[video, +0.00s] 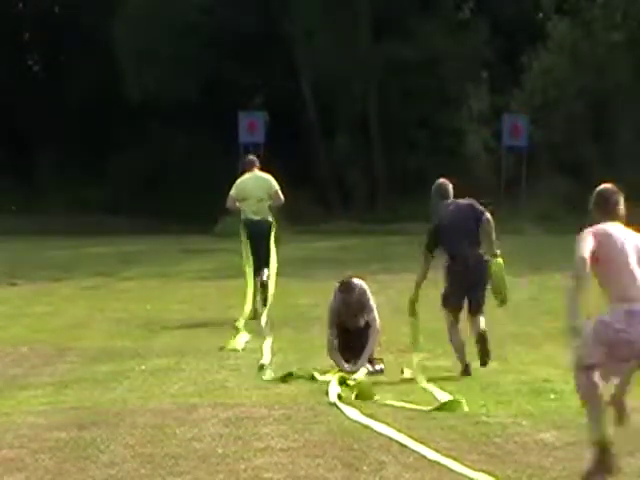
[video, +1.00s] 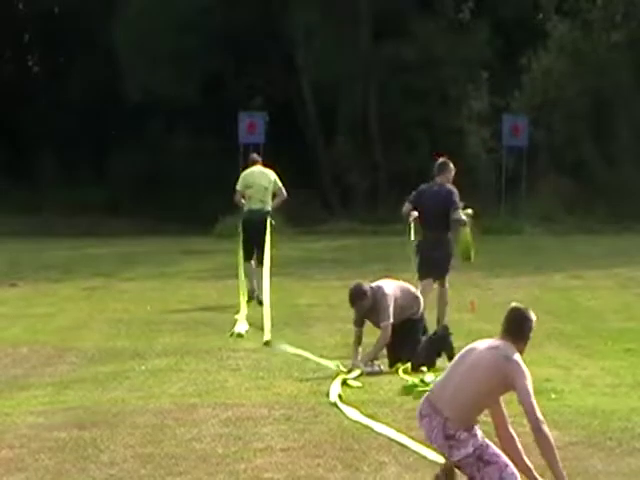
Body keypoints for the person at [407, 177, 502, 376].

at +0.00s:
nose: (436, 202)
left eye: (435, 198)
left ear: (435, 198)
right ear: (452, 193)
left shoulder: (438, 219)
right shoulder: (470, 205)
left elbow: (427, 259)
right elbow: (487, 220)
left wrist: (415, 292)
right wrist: (493, 250)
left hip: (457, 266)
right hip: (479, 261)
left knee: (452, 318)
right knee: (476, 312)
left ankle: (464, 364)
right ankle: (481, 334)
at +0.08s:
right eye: (452, 182)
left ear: (437, 187)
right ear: (454, 183)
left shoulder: (433, 210)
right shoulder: (468, 200)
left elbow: (432, 241)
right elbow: (483, 221)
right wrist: (488, 244)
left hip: (447, 254)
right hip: (467, 251)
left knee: (452, 305)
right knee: (469, 301)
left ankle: (458, 344)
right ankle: (467, 345)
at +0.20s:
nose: (443, 185)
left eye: (438, 182)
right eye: (447, 180)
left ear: (433, 182)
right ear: (451, 181)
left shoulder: (432, 204)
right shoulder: (464, 200)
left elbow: (427, 228)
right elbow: (480, 220)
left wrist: (424, 253)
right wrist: (485, 245)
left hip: (440, 252)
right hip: (460, 251)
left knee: (440, 290)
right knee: (459, 303)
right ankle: (454, 355)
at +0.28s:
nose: (435, 177)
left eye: (431, 173)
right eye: (439, 171)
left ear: (427, 175)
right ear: (444, 173)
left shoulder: (428, 197)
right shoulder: (458, 193)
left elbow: (426, 218)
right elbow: (475, 216)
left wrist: (422, 246)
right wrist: (481, 243)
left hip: (439, 248)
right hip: (458, 245)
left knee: (435, 295)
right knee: (458, 298)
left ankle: (443, 329)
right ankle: (456, 346)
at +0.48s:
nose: (437, 179)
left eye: (433, 176)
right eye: (439, 175)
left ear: (423, 177)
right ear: (440, 176)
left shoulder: (418, 200)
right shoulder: (451, 197)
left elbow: (406, 223)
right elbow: (467, 219)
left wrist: (407, 244)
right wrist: (473, 242)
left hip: (431, 247)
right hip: (452, 246)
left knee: (430, 296)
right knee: (449, 291)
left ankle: (433, 341)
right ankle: (453, 330)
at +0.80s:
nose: (434, 175)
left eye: (428, 173)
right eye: (435, 171)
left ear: (420, 174)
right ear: (435, 172)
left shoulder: (417, 195)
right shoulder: (447, 191)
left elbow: (407, 217)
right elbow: (461, 214)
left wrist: (399, 215)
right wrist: (465, 231)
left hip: (425, 240)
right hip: (442, 239)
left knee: (423, 286)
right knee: (438, 279)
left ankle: (420, 329)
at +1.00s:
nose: (452, 177)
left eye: (452, 174)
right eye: (452, 174)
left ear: (436, 173)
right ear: (447, 174)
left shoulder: (423, 190)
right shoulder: (450, 191)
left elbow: (406, 208)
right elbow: (455, 216)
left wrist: (413, 216)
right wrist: (465, 217)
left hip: (425, 238)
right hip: (443, 238)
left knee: (425, 282)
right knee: (442, 283)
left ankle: (418, 319)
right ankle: (441, 323)